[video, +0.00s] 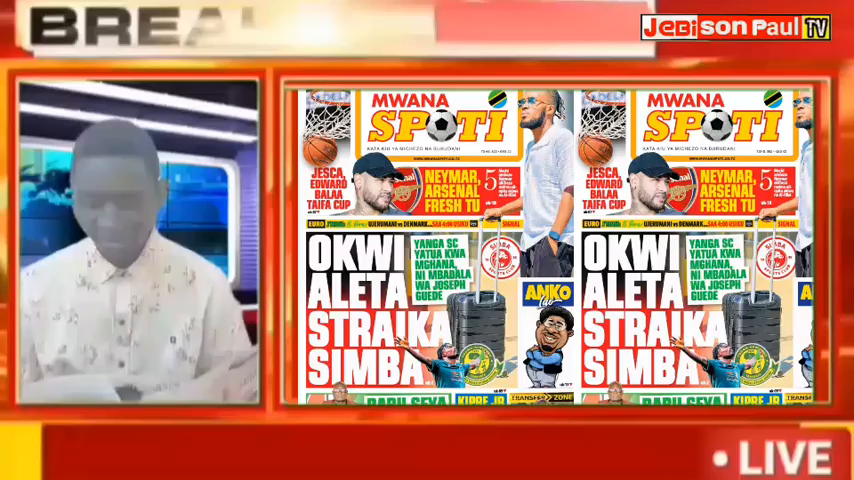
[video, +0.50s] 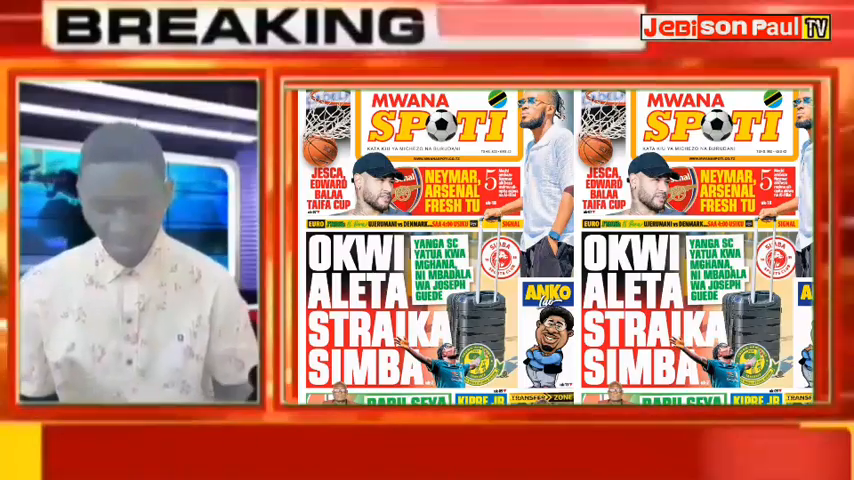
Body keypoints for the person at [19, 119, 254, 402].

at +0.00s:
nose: (110, 219)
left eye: (128, 201)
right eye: (93, 202)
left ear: (161, 194)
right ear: (72, 197)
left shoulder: (206, 286)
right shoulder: (34, 288)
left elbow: (241, 388)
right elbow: (13, 398)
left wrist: (149, 408)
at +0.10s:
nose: (109, 225)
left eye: (126, 208)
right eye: (93, 208)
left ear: (161, 196)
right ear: (72, 198)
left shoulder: (205, 287)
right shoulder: (34, 289)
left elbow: (243, 390)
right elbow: (19, 405)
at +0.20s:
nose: (110, 226)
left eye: (126, 209)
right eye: (93, 209)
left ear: (162, 195)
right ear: (73, 200)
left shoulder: (206, 286)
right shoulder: (36, 288)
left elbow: (232, 407)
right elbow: (30, 411)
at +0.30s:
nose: (112, 228)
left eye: (128, 210)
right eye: (95, 211)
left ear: (162, 195)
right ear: (74, 198)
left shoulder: (206, 285)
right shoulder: (37, 288)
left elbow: (232, 398)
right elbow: (31, 410)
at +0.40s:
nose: (115, 229)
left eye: (131, 210)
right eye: (98, 211)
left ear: (164, 194)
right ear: (76, 196)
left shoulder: (208, 286)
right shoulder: (39, 290)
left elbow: (234, 404)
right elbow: (33, 412)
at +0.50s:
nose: (121, 225)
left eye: (137, 207)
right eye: (103, 208)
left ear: (168, 194)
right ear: (80, 194)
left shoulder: (213, 286)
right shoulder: (41, 289)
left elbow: (233, 400)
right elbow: (36, 412)